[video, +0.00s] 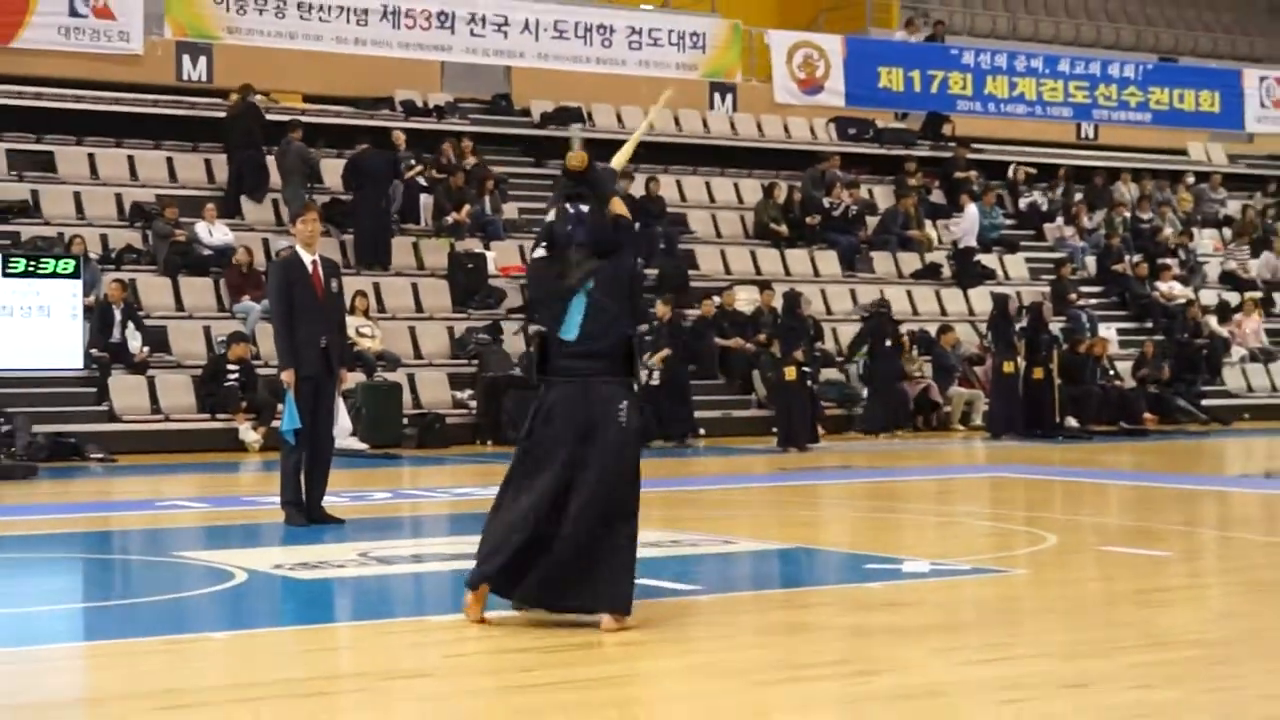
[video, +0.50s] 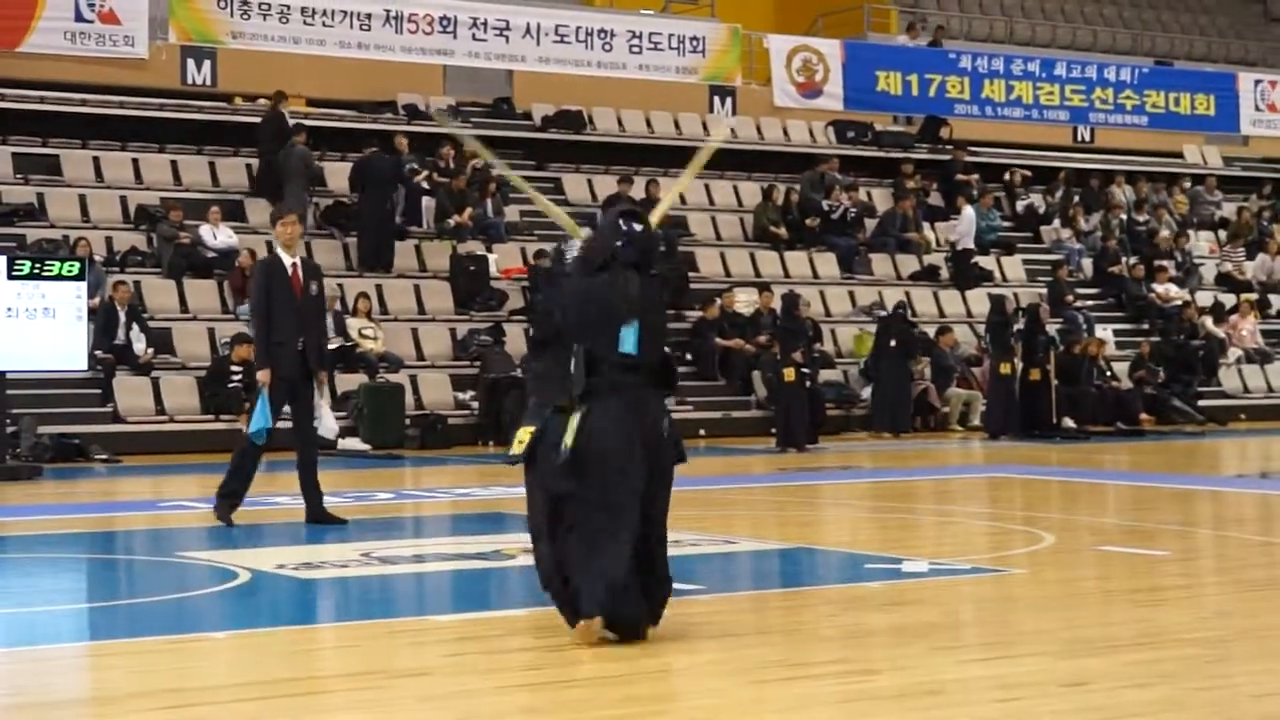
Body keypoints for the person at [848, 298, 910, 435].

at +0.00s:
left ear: (874, 310)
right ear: (887, 310)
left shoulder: (871, 323)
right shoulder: (892, 323)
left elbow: (858, 341)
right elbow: (898, 344)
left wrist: (849, 357)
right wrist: (894, 356)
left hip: (876, 363)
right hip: (892, 363)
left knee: (877, 395)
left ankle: (874, 425)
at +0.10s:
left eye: (875, 311)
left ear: (876, 311)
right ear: (891, 311)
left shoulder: (871, 325)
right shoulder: (895, 325)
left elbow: (859, 341)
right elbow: (901, 346)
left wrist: (849, 357)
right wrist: (895, 356)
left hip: (876, 365)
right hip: (892, 365)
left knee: (876, 397)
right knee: (892, 396)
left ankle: (874, 427)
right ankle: (893, 427)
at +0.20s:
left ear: (881, 312)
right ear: (894, 313)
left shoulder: (872, 328)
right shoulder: (898, 329)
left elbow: (860, 346)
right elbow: (903, 351)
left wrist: (855, 360)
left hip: (877, 367)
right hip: (895, 367)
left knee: (878, 398)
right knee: (896, 398)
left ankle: (878, 427)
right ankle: (894, 428)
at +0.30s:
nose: (892, 315)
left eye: (891, 311)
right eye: (894, 312)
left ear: (884, 311)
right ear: (899, 312)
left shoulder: (875, 327)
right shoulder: (902, 328)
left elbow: (867, 350)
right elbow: (906, 350)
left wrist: (868, 364)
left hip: (879, 368)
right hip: (897, 368)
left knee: (879, 399)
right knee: (896, 398)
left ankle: (879, 427)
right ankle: (894, 427)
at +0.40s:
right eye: (900, 311)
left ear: (888, 310)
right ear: (902, 312)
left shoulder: (879, 324)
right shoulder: (904, 327)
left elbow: (874, 344)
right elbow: (907, 350)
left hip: (880, 364)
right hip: (897, 365)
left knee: (879, 395)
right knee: (897, 395)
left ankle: (877, 427)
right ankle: (895, 427)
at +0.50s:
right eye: (905, 311)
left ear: (892, 310)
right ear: (906, 313)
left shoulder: (883, 324)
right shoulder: (907, 328)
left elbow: (877, 347)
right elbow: (912, 352)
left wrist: (874, 364)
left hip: (883, 365)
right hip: (899, 366)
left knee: (881, 395)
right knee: (900, 395)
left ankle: (880, 426)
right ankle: (898, 427)